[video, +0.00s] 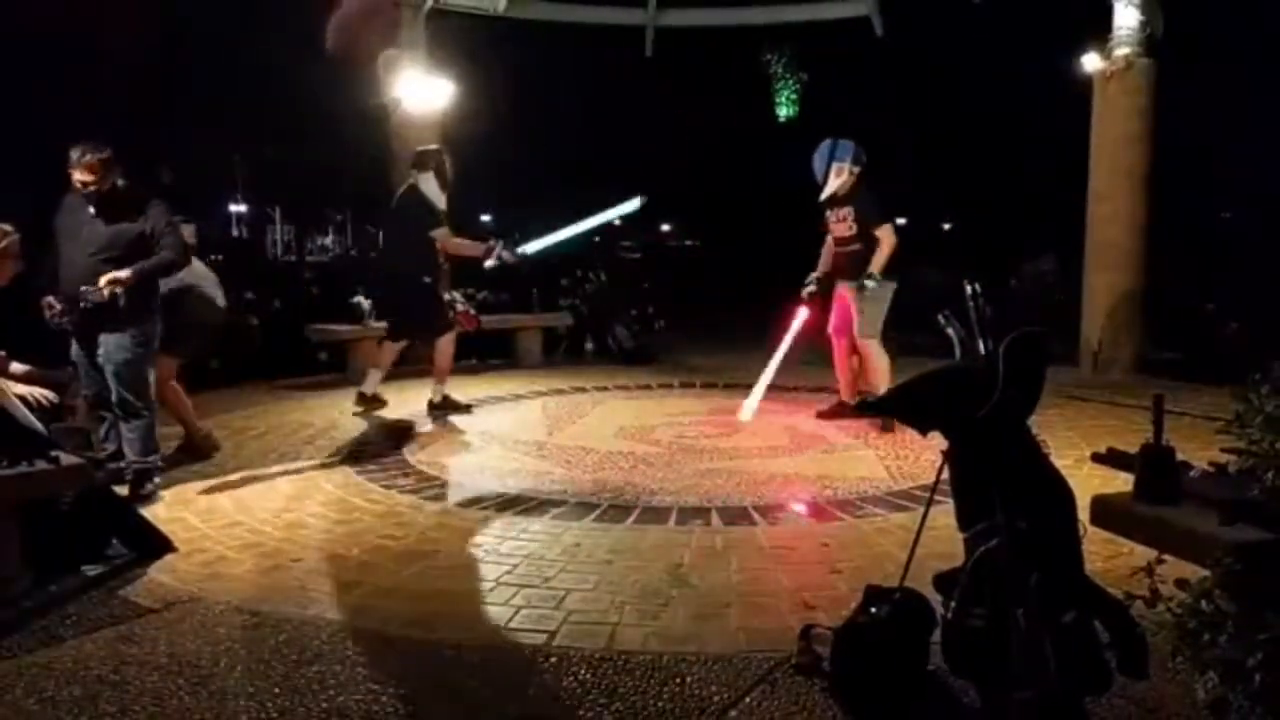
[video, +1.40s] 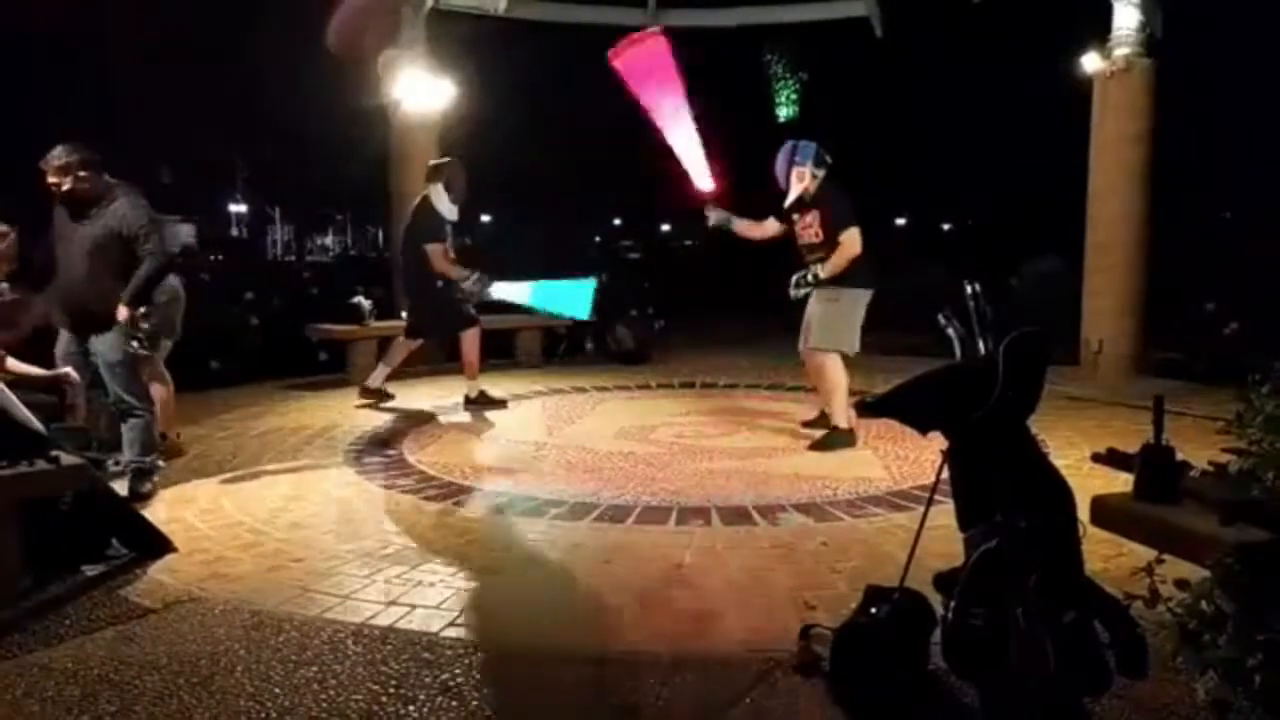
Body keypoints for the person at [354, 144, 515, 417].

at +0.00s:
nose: (450, 175)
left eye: (448, 169)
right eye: (446, 169)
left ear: (419, 168)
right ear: (435, 169)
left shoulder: (408, 195)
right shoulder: (422, 197)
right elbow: (446, 242)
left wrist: (482, 248)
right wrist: (486, 249)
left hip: (397, 277)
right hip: (415, 279)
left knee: (399, 332)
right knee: (446, 329)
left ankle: (368, 390)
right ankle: (439, 396)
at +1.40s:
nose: (463, 185)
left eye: (462, 179)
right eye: (459, 179)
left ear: (442, 181)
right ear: (446, 181)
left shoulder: (439, 207)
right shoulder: (429, 212)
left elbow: (445, 254)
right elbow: (438, 263)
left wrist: (464, 274)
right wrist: (467, 276)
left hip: (426, 285)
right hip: (428, 286)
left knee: (413, 335)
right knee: (470, 326)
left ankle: (373, 384)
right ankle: (473, 392)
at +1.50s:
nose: (451, 185)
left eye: (451, 179)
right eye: (447, 179)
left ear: (432, 180)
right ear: (435, 181)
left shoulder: (432, 208)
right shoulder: (415, 212)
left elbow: (431, 249)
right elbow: (415, 260)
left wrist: (446, 274)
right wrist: (440, 286)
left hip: (418, 277)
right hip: (410, 280)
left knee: (401, 334)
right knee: (447, 327)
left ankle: (369, 386)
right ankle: (467, 389)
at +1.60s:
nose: (448, 180)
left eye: (447, 174)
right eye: (443, 174)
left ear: (434, 176)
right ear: (430, 176)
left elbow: (432, 247)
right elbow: (405, 256)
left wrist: (438, 274)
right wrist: (424, 282)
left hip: (418, 277)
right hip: (405, 279)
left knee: (394, 333)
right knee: (435, 327)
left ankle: (369, 387)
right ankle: (450, 391)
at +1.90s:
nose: (437, 179)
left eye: (436, 173)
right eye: (432, 173)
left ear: (421, 175)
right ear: (419, 175)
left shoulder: (419, 202)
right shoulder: (400, 202)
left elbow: (420, 239)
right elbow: (411, 241)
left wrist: (439, 241)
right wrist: (435, 242)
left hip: (402, 279)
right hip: (399, 280)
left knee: (393, 331)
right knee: (436, 322)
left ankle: (368, 387)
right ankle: (426, 385)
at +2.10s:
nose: (447, 179)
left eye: (446, 173)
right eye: (443, 173)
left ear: (423, 175)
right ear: (430, 175)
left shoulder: (419, 201)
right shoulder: (413, 202)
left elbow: (432, 235)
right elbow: (428, 234)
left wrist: (458, 232)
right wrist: (460, 232)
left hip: (402, 285)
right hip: (408, 286)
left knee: (401, 333)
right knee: (452, 324)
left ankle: (369, 387)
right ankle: (459, 391)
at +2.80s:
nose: (430, 186)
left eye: (431, 179)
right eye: (427, 179)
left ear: (404, 178)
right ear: (414, 178)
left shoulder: (389, 201)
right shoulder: (396, 204)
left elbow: (415, 245)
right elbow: (417, 245)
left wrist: (449, 264)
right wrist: (452, 265)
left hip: (378, 280)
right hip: (387, 282)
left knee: (374, 335)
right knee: (412, 331)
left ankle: (352, 389)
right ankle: (431, 390)